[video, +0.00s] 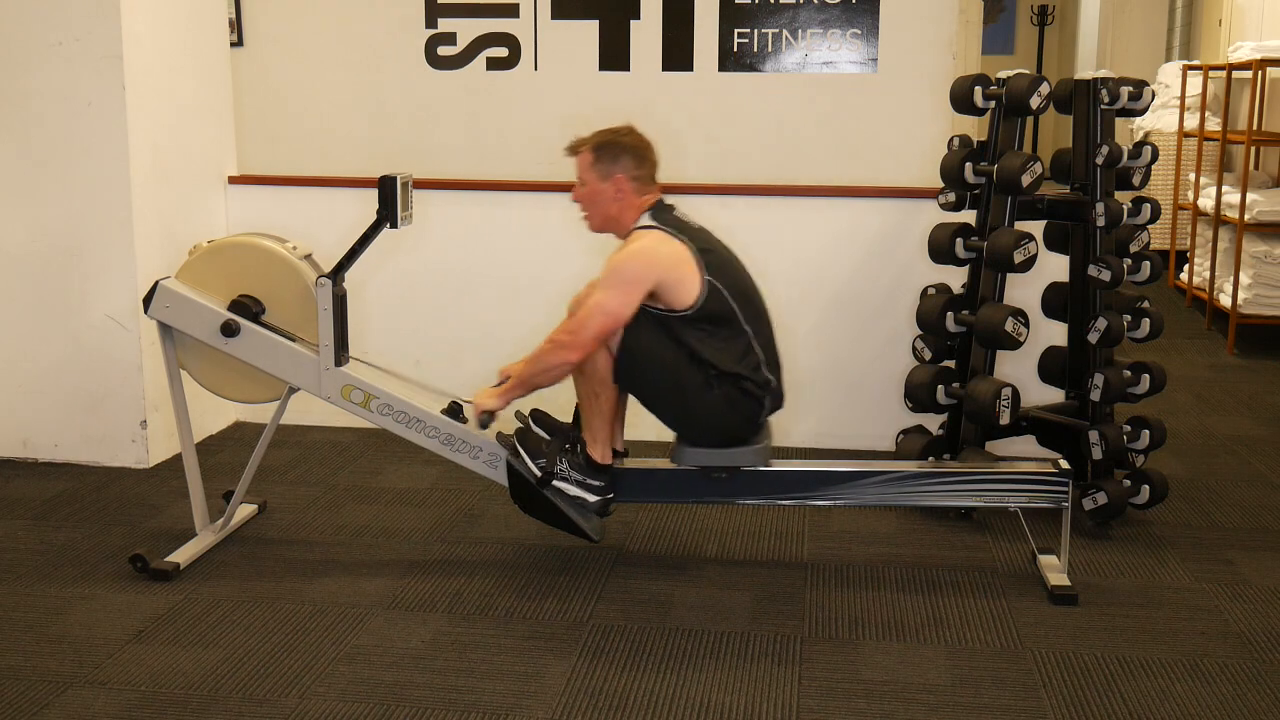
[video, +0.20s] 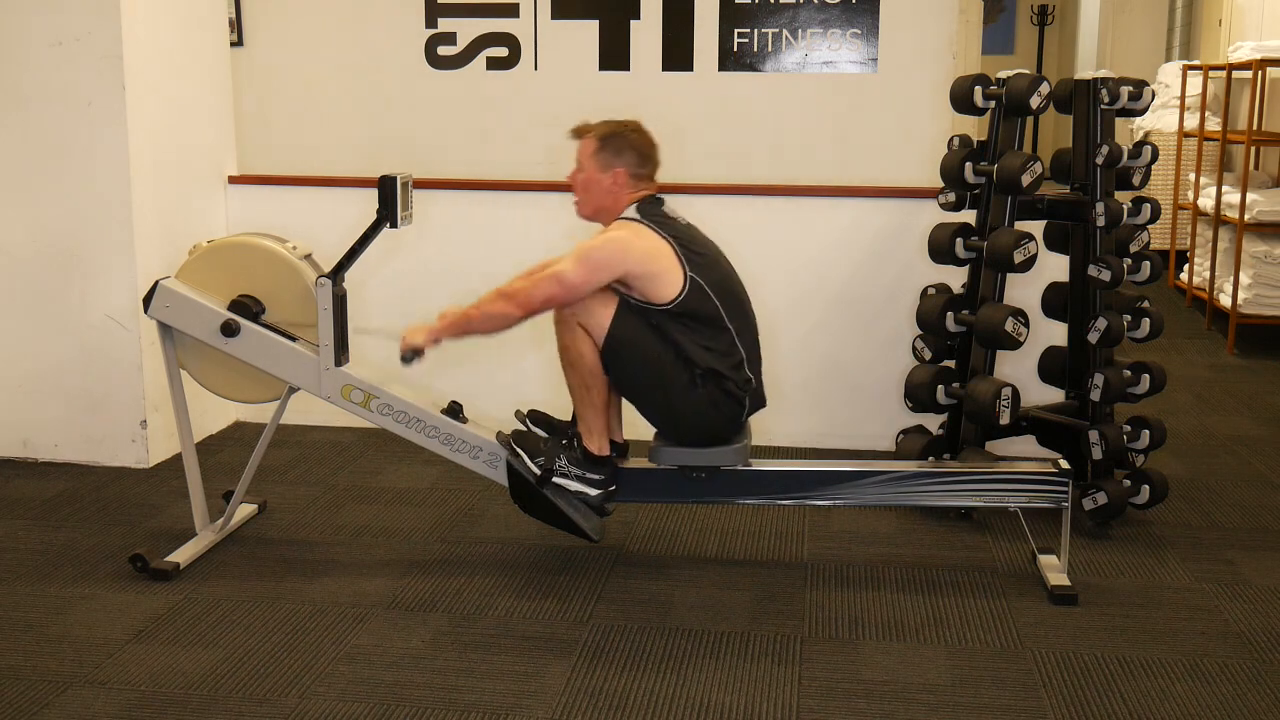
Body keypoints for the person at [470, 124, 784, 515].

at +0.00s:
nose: (574, 194)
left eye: (582, 183)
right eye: (576, 184)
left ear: (618, 187)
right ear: (622, 189)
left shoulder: (645, 249)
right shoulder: (661, 229)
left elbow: (572, 347)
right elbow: (600, 319)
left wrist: (504, 395)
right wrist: (529, 368)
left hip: (728, 415)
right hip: (736, 405)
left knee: (590, 306)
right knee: (595, 303)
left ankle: (595, 464)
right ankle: (606, 444)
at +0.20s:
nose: (570, 180)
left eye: (580, 169)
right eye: (575, 168)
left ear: (617, 180)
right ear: (619, 181)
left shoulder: (627, 241)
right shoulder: (647, 226)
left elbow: (524, 300)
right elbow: (543, 281)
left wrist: (438, 330)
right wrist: (453, 322)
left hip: (708, 411)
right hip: (718, 403)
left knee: (574, 306)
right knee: (585, 293)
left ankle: (592, 458)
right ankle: (604, 437)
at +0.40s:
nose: (681, 149)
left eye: (694, 141)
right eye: (687, 138)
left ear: (731, 154)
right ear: (732, 155)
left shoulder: (730, 223)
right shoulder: (732, 211)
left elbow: (620, 273)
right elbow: (628, 245)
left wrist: (533, 293)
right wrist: (547, 272)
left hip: (773, 405)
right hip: (769, 389)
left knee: (631, 311)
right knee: (637, 298)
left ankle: (593, 468)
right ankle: (601, 444)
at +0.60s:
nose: (840, 139)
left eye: (855, 130)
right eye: (846, 128)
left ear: (893, 147)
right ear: (884, 146)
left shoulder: (882, 221)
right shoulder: (862, 212)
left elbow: (773, 276)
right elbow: (767, 250)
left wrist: (678, 294)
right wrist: (684, 272)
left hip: (878, 398)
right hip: (858, 372)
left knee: (709, 354)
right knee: (707, 341)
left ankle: (597, 475)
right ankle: (603, 453)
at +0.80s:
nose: (991, 169)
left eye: (1006, 159)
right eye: (995, 157)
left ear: (1050, 176)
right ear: (1033, 172)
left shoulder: (1037, 250)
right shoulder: (1004, 235)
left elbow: (940, 306)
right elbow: (922, 265)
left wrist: (847, 290)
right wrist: (841, 268)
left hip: (927, 395)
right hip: (906, 367)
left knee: (750, 419)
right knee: (746, 391)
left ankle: (597, 485)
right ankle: (606, 459)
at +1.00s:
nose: (1039, 213)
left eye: (1054, 204)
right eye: (1044, 201)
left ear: (1095, 222)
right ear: (1079, 217)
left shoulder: (1093, 297)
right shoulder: (1048, 274)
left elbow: (1063, 388)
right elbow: (1015, 345)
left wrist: (994, 321)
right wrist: (970, 309)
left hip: (930, 394)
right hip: (909, 368)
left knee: (757, 423)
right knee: (752, 402)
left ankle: (599, 486)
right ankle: (605, 458)